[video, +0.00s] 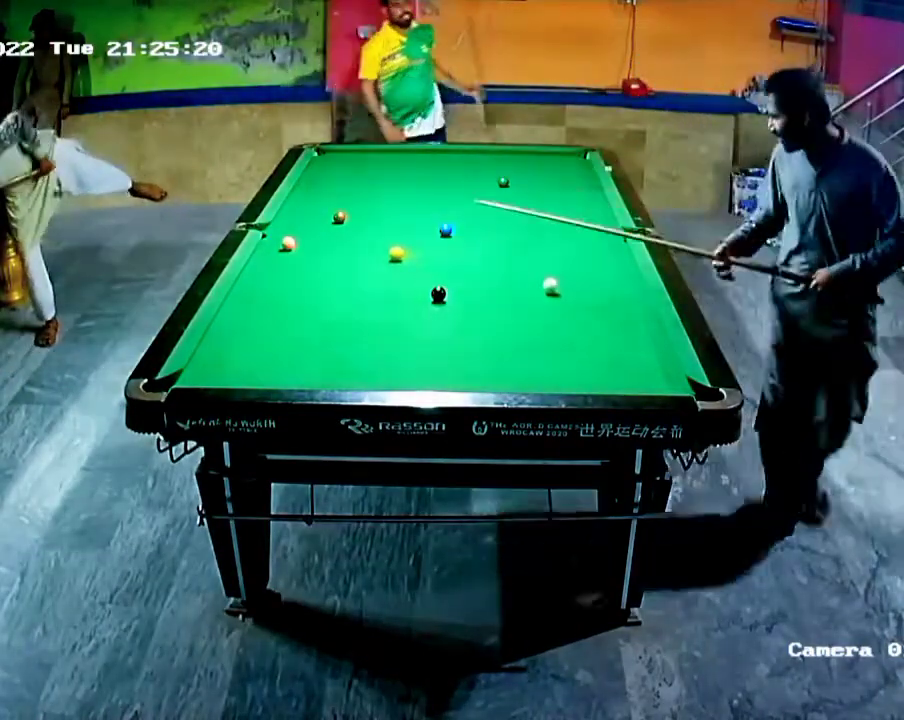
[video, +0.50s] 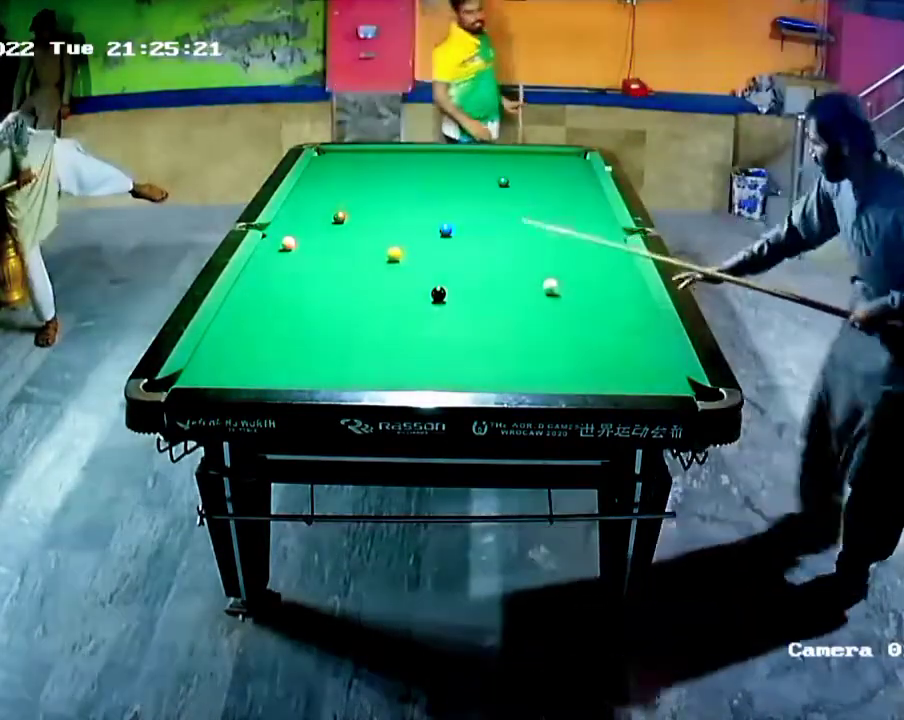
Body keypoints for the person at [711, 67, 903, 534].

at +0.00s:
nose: (770, 126)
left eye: (778, 116)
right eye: (768, 116)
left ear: (809, 113)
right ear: (780, 114)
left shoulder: (865, 167)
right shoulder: (783, 158)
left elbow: (897, 242)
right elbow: (777, 211)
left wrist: (845, 269)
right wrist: (740, 244)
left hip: (844, 322)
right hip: (791, 313)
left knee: (834, 422)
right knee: (778, 415)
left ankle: (804, 476)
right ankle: (782, 504)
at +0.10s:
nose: (777, 125)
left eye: (785, 116)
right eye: (775, 115)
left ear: (816, 115)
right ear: (796, 116)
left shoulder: (870, 170)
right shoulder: (789, 161)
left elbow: (903, 247)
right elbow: (774, 214)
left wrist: (850, 275)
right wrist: (733, 242)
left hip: (852, 328)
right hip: (796, 318)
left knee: (844, 440)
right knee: (782, 423)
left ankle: (834, 534)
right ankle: (778, 519)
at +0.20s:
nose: (784, 129)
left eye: (792, 119)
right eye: (783, 119)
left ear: (823, 118)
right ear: (797, 119)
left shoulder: (876, 178)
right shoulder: (796, 163)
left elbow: (902, 256)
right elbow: (778, 215)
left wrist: (850, 277)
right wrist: (734, 239)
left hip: (856, 340)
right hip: (802, 330)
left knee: (851, 456)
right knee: (780, 433)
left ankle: (847, 560)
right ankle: (776, 523)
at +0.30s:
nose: (801, 139)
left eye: (809, 129)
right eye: (798, 129)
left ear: (840, 127)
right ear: (801, 128)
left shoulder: (887, 189)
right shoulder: (813, 175)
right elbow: (784, 221)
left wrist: (860, 290)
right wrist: (733, 253)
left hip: (873, 347)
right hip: (820, 334)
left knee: (862, 462)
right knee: (788, 434)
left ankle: (854, 567)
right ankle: (778, 522)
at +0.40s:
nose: (808, 144)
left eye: (816, 133)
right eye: (807, 133)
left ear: (847, 134)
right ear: (831, 136)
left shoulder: (895, 193)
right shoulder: (828, 181)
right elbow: (792, 227)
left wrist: (871, 298)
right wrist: (733, 260)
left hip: (884, 355)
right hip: (839, 339)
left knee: (864, 473)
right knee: (797, 443)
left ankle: (853, 569)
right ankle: (782, 520)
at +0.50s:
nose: (812, 151)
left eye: (819, 140)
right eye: (811, 140)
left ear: (850, 140)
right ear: (824, 143)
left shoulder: (897, 197)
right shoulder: (833, 191)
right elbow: (790, 235)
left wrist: (887, 305)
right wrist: (725, 270)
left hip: (899, 345)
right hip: (857, 328)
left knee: (872, 465)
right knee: (824, 428)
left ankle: (855, 567)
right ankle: (818, 516)